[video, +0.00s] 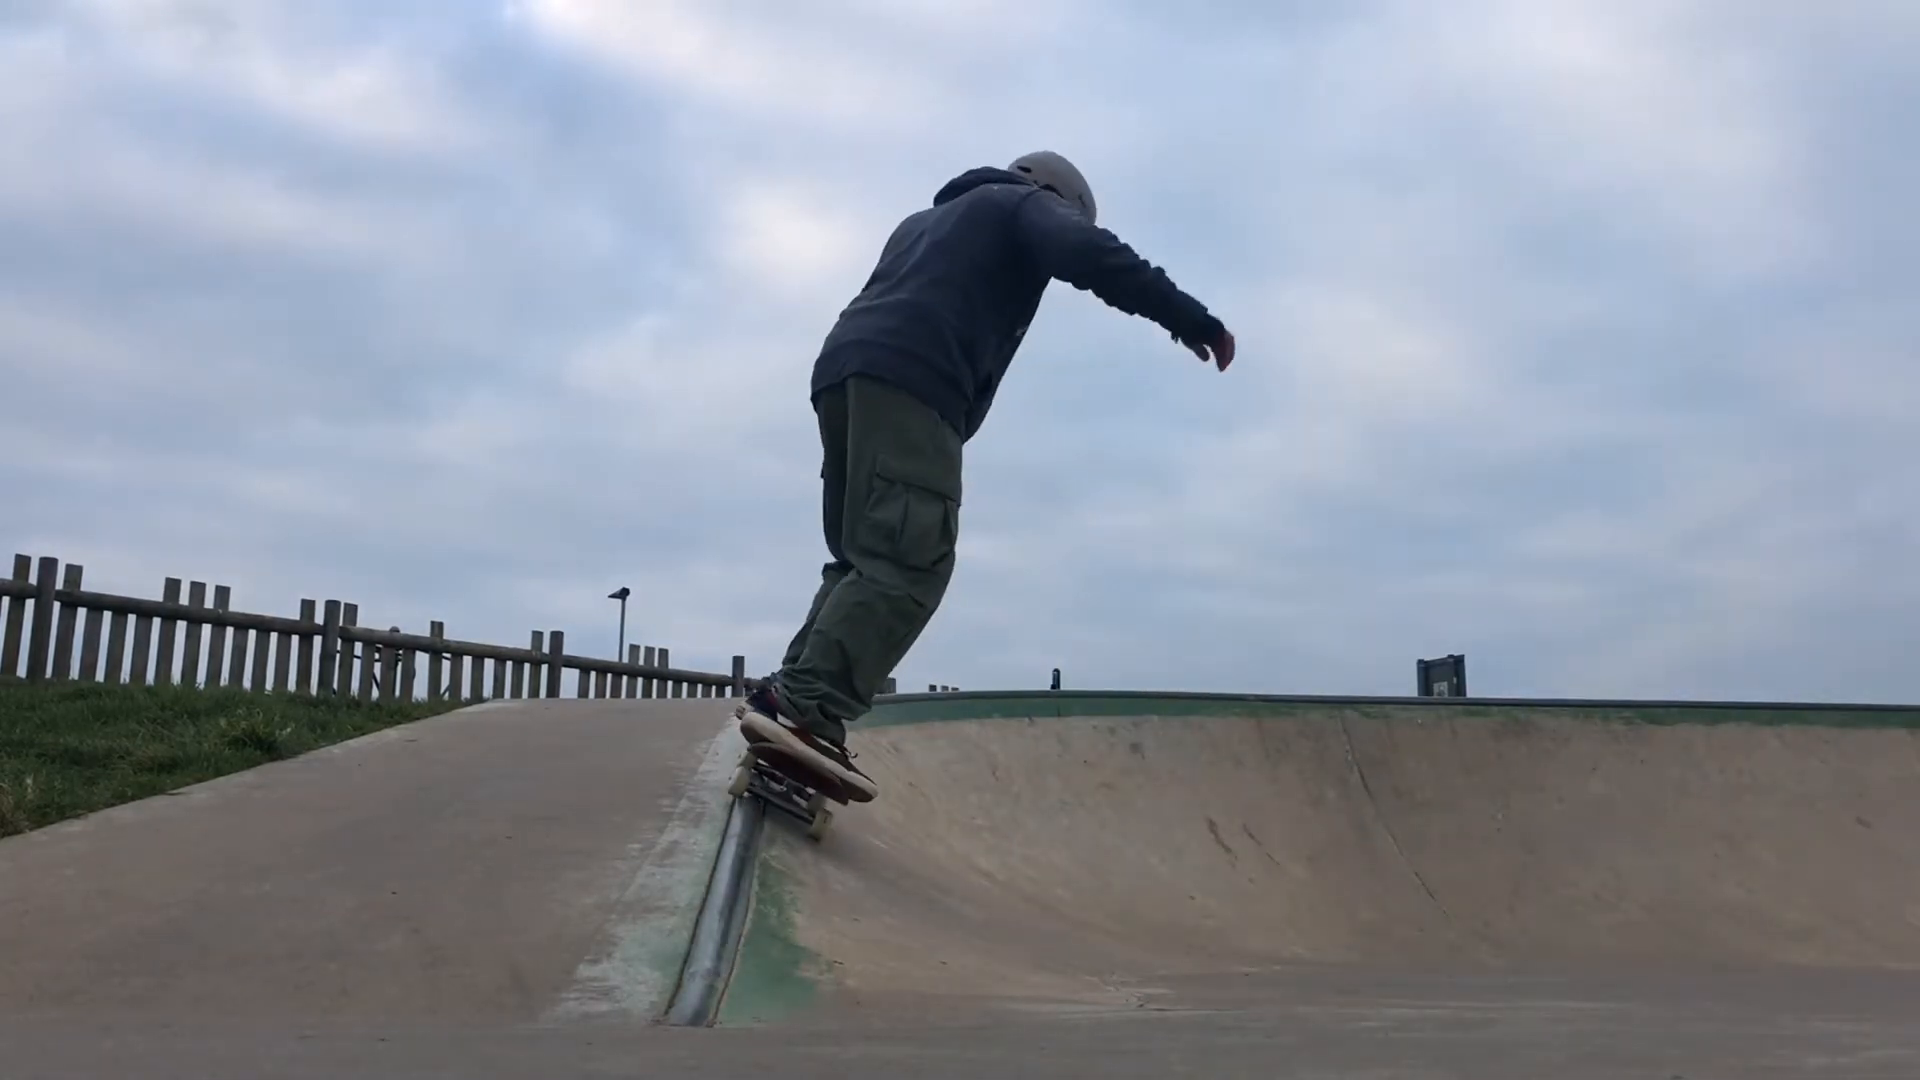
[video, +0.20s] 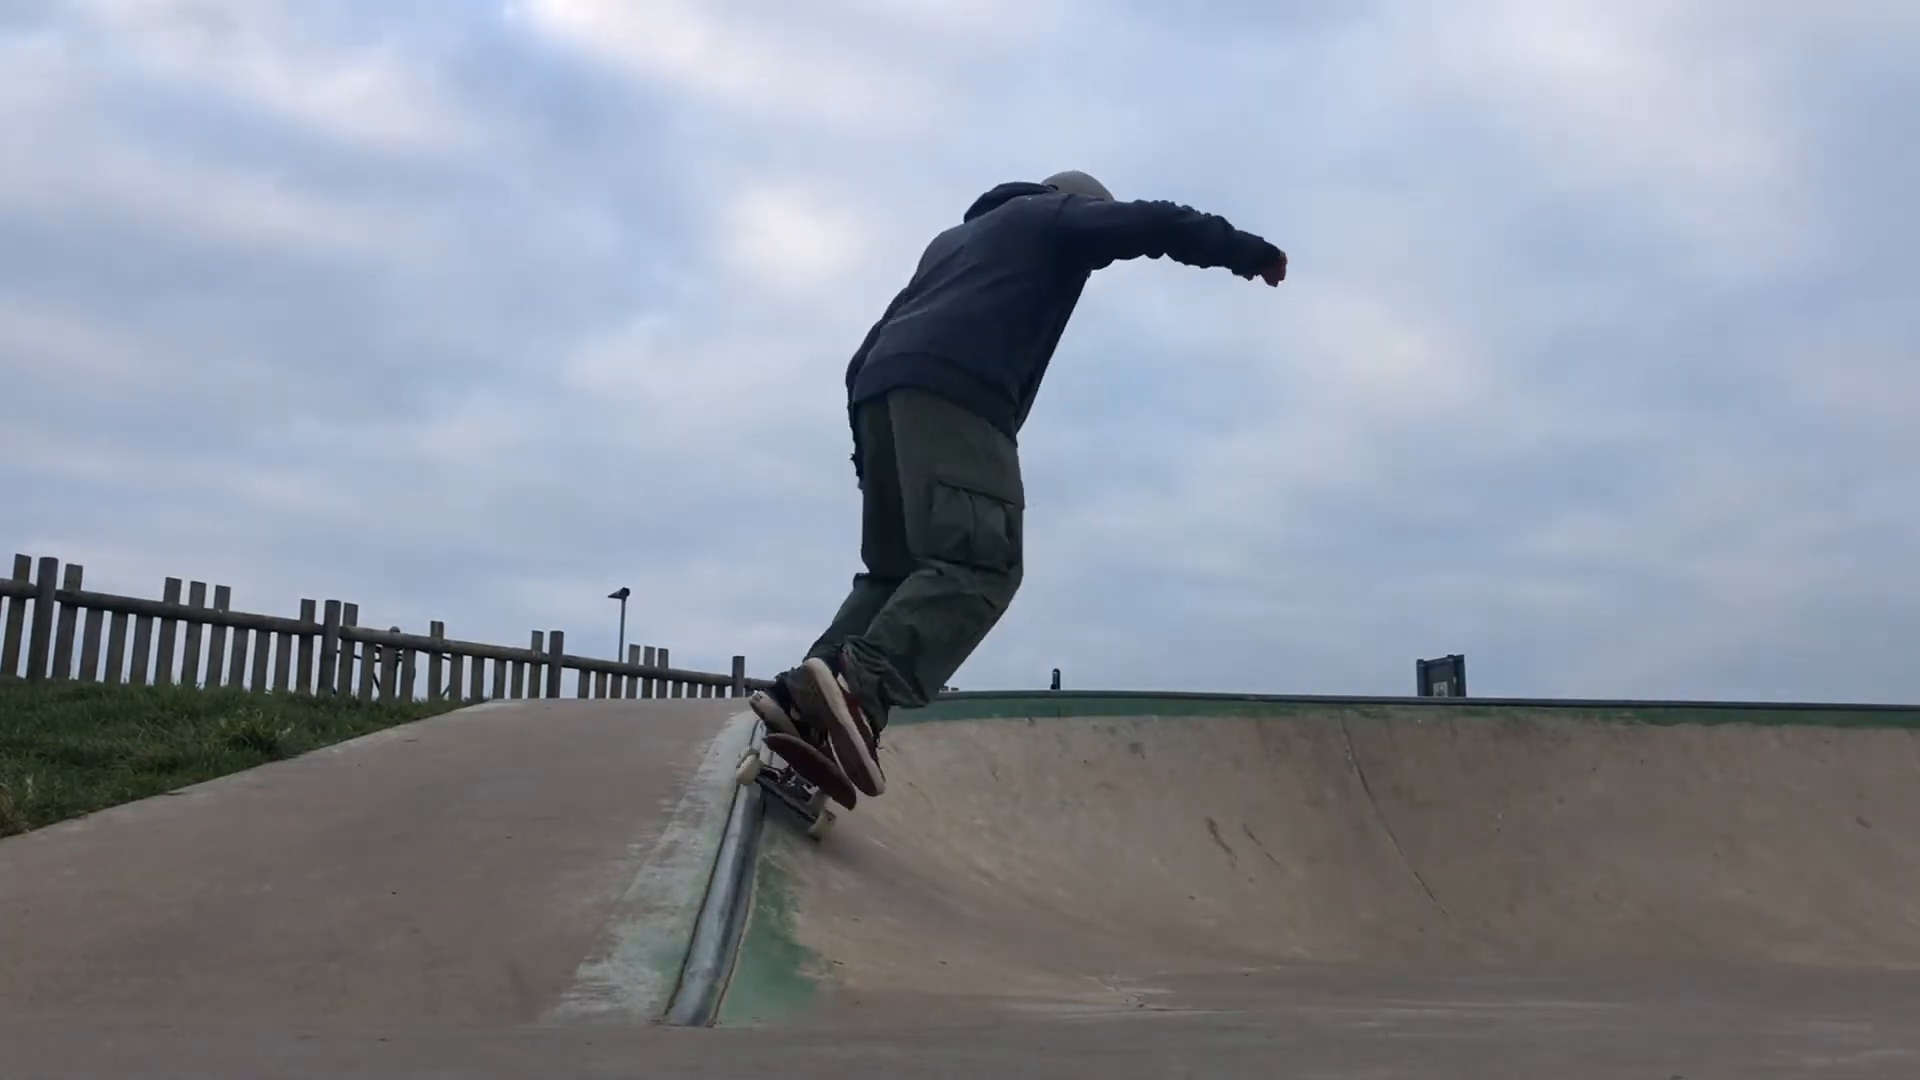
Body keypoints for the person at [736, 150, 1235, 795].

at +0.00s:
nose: (1073, 225)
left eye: (1075, 217)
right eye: (1074, 214)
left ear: (1018, 174)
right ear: (1055, 193)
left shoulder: (927, 218)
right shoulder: (1023, 201)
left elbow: (885, 292)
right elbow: (1091, 251)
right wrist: (1191, 318)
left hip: (843, 367)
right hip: (910, 373)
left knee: (861, 559)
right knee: (909, 561)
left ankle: (793, 698)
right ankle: (809, 709)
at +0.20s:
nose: (1099, 230)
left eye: (1100, 224)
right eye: (1098, 222)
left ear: (1038, 192)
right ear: (1080, 205)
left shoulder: (956, 239)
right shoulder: (1056, 217)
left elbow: (882, 335)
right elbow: (1156, 221)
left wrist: (869, 426)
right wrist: (1250, 252)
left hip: (878, 380)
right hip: (952, 379)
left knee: (890, 570)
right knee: (977, 564)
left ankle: (800, 695)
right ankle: (863, 684)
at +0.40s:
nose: (1167, 268)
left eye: (1164, 259)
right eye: (1165, 259)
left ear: (1089, 239)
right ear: (1148, 249)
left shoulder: (1010, 297)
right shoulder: (1150, 274)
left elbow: (901, 361)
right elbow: (1256, 295)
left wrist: (833, 445)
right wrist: (1305, 317)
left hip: (976, 471)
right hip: (1051, 469)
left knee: (1016, 629)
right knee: (1057, 642)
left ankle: (944, 747)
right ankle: (973, 846)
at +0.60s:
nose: (1253, 342)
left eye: (1253, 334)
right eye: (1252, 332)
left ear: (1175, 319)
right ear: (1234, 324)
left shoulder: (1114, 385)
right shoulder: (1260, 391)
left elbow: (1056, 446)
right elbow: (1299, 496)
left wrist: (1012, 509)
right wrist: (1297, 579)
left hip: (1113, 595)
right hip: (1196, 594)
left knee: (1197, 761)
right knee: (1212, 763)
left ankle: (1196, 931)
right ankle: (1054, 822)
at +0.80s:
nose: (1406, 341)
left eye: (1407, 331)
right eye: (1404, 329)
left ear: (1328, 314)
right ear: (1378, 318)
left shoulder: (1248, 392)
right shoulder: (1406, 389)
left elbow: (1194, 509)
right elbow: (1425, 515)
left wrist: (1191, 607)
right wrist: (1382, 572)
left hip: (1265, 599)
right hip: (1360, 586)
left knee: (1276, 769)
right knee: (1467, 725)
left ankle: (1217, 919)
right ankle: (1464, 889)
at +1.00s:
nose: (1559, 324)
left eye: (1560, 310)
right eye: (1552, 309)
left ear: (1475, 305)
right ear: (1512, 306)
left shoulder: (1391, 403)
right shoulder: (1538, 376)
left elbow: (1324, 510)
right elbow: (1599, 505)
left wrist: (1295, 604)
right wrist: (1554, 554)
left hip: (1436, 620)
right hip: (1525, 598)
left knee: (1478, 768)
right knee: (1640, 741)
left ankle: (1360, 845)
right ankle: (1629, 925)